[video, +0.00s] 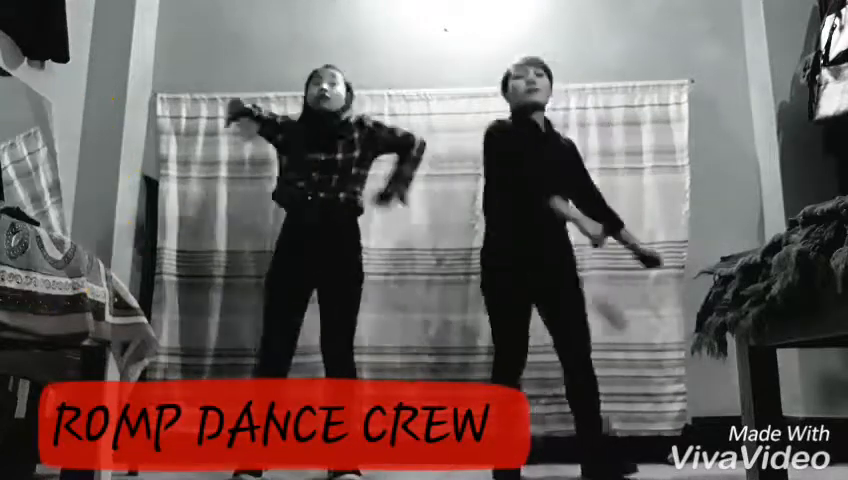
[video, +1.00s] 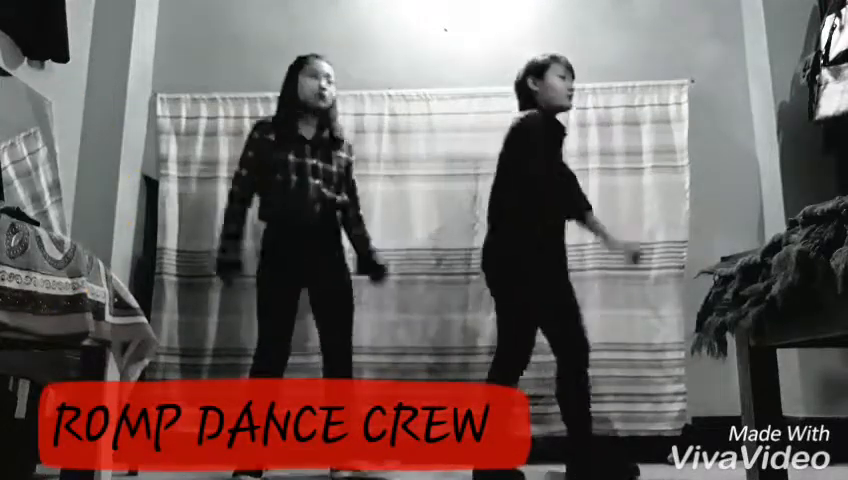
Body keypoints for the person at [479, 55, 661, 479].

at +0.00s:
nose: (530, 80)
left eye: (539, 75)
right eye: (519, 76)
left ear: (551, 90)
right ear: (506, 93)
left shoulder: (562, 148)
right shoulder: (500, 135)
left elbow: (591, 198)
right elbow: (525, 189)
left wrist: (634, 245)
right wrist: (576, 218)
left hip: (553, 262)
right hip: (505, 264)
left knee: (576, 356)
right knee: (509, 360)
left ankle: (595, 456)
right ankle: (500, 459)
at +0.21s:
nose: (558, 79)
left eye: (566, 73)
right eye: (547, 74)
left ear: (578, 85)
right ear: (533, 88)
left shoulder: (594, 139)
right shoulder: (529, 135)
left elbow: (610, 195)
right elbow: (534, 200)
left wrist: (611, 235)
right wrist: (552, 254)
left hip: (584, 256)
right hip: (536, 257)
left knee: (593, 358)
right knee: (525, 359)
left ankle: (599, 456)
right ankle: (503, 456)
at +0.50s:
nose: (544, 84)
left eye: (554, 79)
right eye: (534, 79)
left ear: (567, 93)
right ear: (521, 95)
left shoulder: (587, 136)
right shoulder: (510, 156)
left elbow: (599, 201)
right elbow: (500, 221)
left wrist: (584, 256)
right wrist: (497, 278)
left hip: (587, 260)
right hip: (535, 264)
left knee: (601, 360)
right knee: (515, 361)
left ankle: (600, 459)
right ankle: (486, 456)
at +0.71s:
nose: (520, 83)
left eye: (529, 78)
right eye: (511, 76)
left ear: (539, 91)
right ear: (494, 88)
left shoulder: (545, 149)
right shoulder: (478, 143)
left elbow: (573, 201)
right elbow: (440, 196)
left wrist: (614, 246)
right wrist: (432, 257)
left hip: (534, 274)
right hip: (489, 274)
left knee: (571, 352)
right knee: (501, 358)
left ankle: (587, 453)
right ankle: (476, 452)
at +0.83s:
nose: (545, 85)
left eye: (548, 81)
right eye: (536, 77)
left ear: (544, 90)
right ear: (508, 82)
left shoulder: (529, 131)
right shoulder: (501, 126)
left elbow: (528, 198)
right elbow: (497, 170)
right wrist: (509, 189)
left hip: (523, 263)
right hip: (500, 263)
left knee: (548, 357)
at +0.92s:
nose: (558, 87)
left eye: (560, 81)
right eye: (549, 78)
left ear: (553, 91)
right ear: (521, 83)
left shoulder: (536, 130)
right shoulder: (515, 127)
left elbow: (542, 188)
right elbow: (546, 177)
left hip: (526, 260)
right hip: (506, 260)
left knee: (552, 357)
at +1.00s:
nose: (571, 85)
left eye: (571, 79)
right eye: (562, 77)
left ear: (540, 90)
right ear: (536, 84)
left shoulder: (525, 131)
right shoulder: (541, 129)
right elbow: (566, 193)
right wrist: (611, 240)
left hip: (508, 260)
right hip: (536, 262)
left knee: (512, 353)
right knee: (573, 350)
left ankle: (482, 448)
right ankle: (583, 453)